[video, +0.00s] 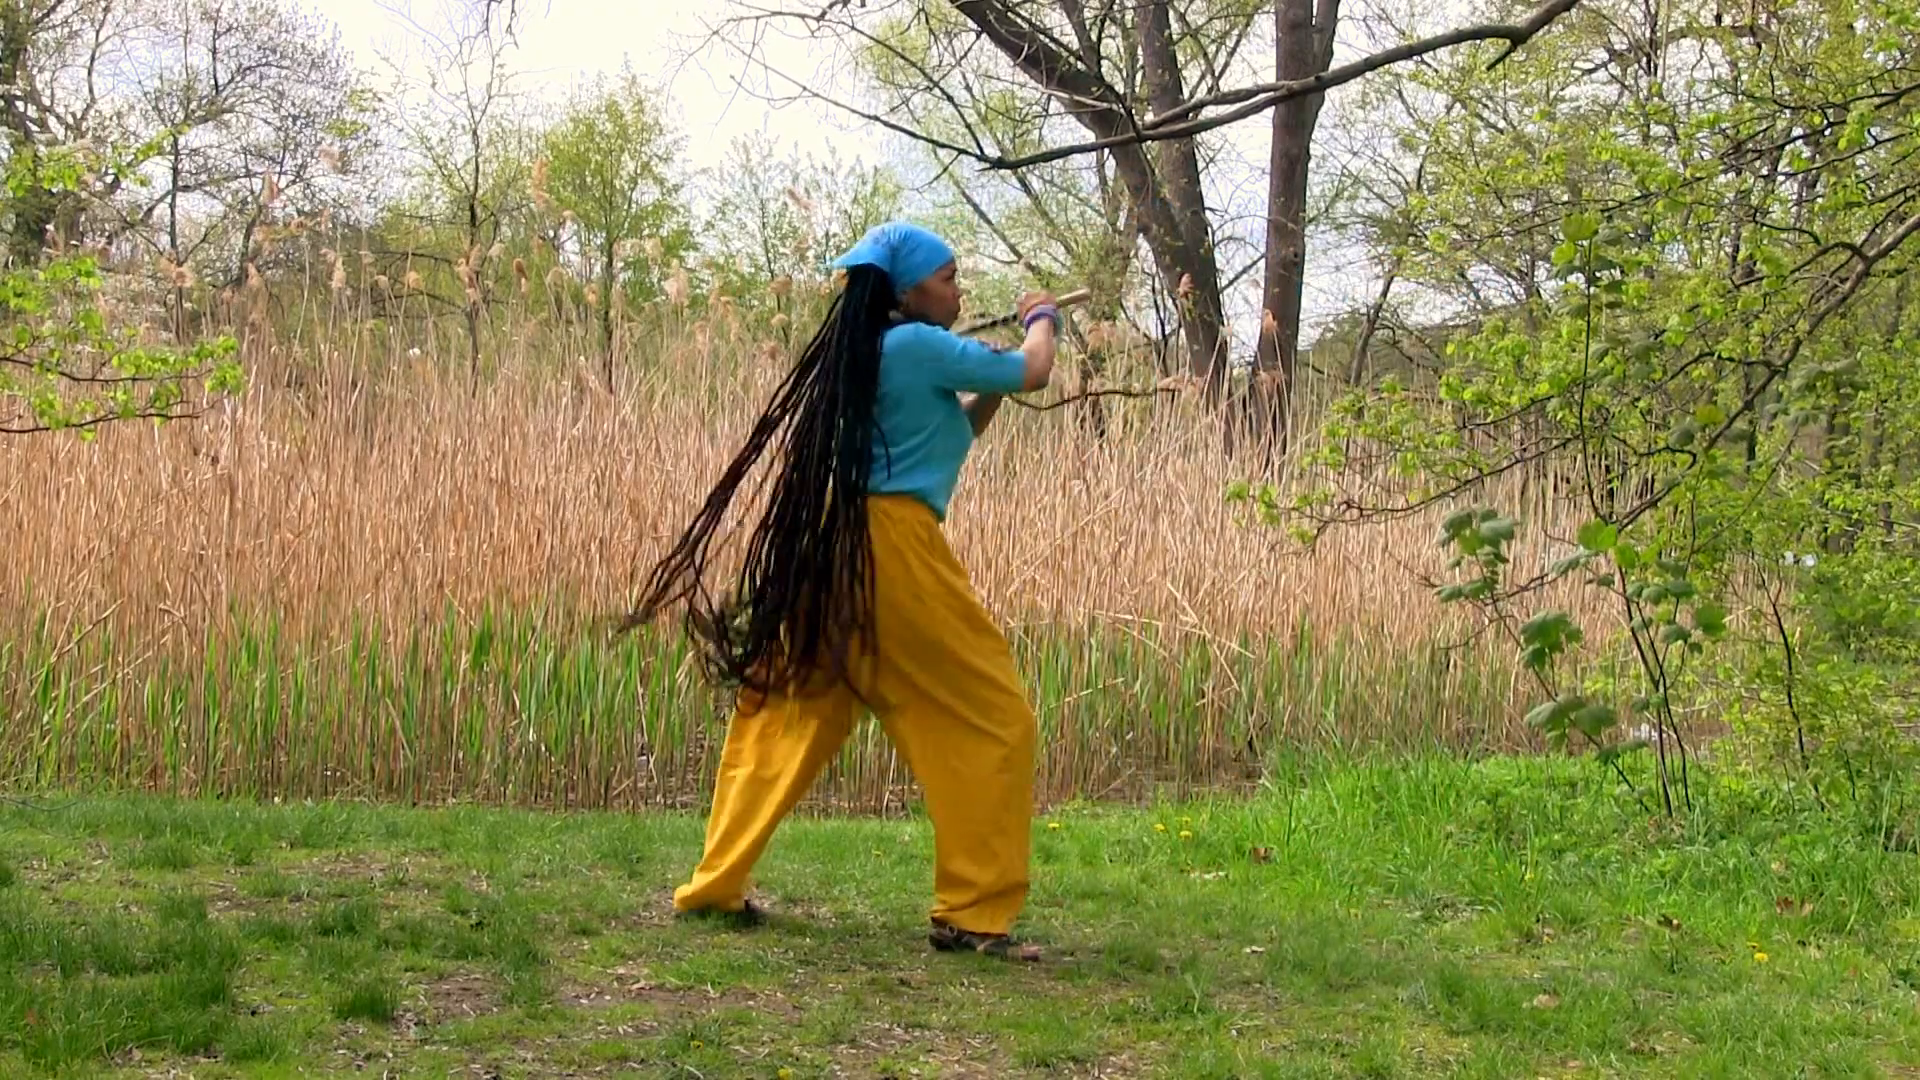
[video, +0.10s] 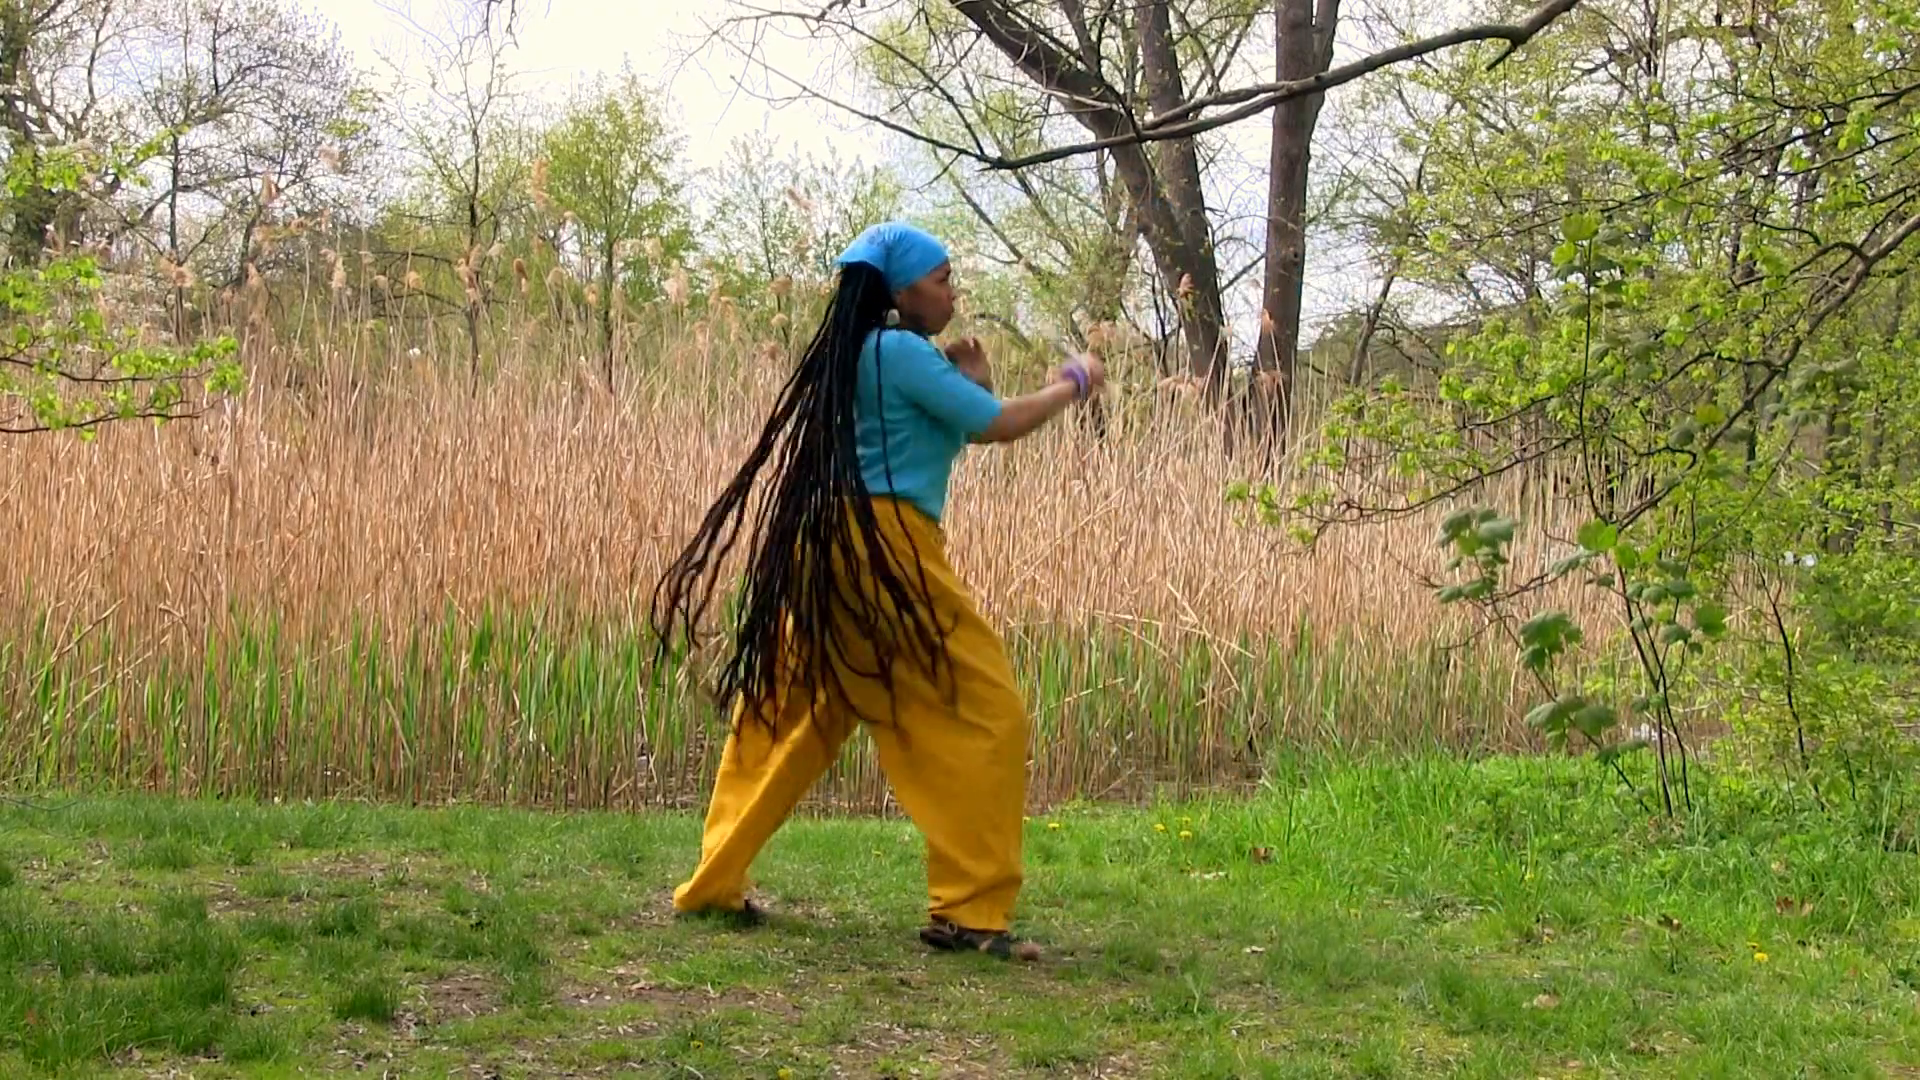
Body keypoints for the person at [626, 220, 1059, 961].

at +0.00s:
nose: (958, 289)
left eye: (953, 275)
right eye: (945, 277)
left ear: (892, 293)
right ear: (906, 289)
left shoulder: (867, 350)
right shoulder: (924, 346)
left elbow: (950, 431)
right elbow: (1032, 369)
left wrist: (999, 371)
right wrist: (1042, 320)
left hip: (833, 539)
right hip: (898, 541)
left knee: (788, 700)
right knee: (1000, 714)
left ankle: (716, 886)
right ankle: (971, 913)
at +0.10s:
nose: (953, 291)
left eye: (950, 276)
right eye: (941, 278)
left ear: (895, 292)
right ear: (899, 291)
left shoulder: (857, 350)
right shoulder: (902, 352)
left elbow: (909, 433)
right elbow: (998, 424)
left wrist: (964, 383)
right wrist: (1070, 386)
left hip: (830, 539)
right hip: (890, 544)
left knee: (788, 706)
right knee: (991, 713)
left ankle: (715, 883)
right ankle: (967, 910)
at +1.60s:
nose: (1189, 321)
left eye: (1200, 309)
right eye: (1192, 307)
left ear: (1243, 319)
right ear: (1257, 315)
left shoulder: (1225, 403)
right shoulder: (1339, 346)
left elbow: (1228, 531)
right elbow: (1396, 418)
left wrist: (1181, 579)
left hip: (1377, 538)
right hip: (1452, 494)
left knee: (1377, 735)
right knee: (1462, 661)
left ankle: (1393, 929)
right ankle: (1577, 650)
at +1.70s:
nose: (1248, 283)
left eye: (1260, 271)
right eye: (1252, 269)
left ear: (1302, 285)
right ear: (1316, 285)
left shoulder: (1266, 359)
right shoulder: (1377, 339)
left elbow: (1208, 483)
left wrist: (1164, 467)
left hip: (1378, 526)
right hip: (1445, 506)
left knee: (1362, 720)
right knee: (1343, 662)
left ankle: (1388, 927)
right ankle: (1476, 711)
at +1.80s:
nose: (1297, 256)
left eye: (1310, 246)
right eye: (1300, 243)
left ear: (1348, 258)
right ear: (1351, 260)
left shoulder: (1321, 323)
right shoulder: (1370, 320)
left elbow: (1217, 401)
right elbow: (1285, 380)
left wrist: (1219, 366)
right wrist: (1230, 332)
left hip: (1381, 520)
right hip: (1416, 505)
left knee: (1353, 723)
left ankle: (1395, 928)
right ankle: (1393, 672)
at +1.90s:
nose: (1321, 248)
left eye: (1335, 236)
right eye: (1326, 236)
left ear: (1376, 250)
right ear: (1371, 253)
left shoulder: (1375, 307)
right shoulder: (1356, 321)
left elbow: (1248, 337)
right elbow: (1277, 394)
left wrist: (1259, 307)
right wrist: (1194, 365)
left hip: (1388, 523)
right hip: (1331, 499)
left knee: (1349, 717)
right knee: (1188, 547)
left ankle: (1401, 919)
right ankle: (1288, 685)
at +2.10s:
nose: (1325, 285)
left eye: (1340, 274)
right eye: (1328, 271)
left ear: (1386, 286)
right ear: (1355, 282)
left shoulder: (1432, 367)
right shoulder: (1327, 348)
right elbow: (1265, 450)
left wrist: (1301, 424)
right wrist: (1198, 492)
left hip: (1364, 570)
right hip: (1275, 532)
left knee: (1345, 744)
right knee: (1136, 600)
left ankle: (1364, 914)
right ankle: (1134, 765)